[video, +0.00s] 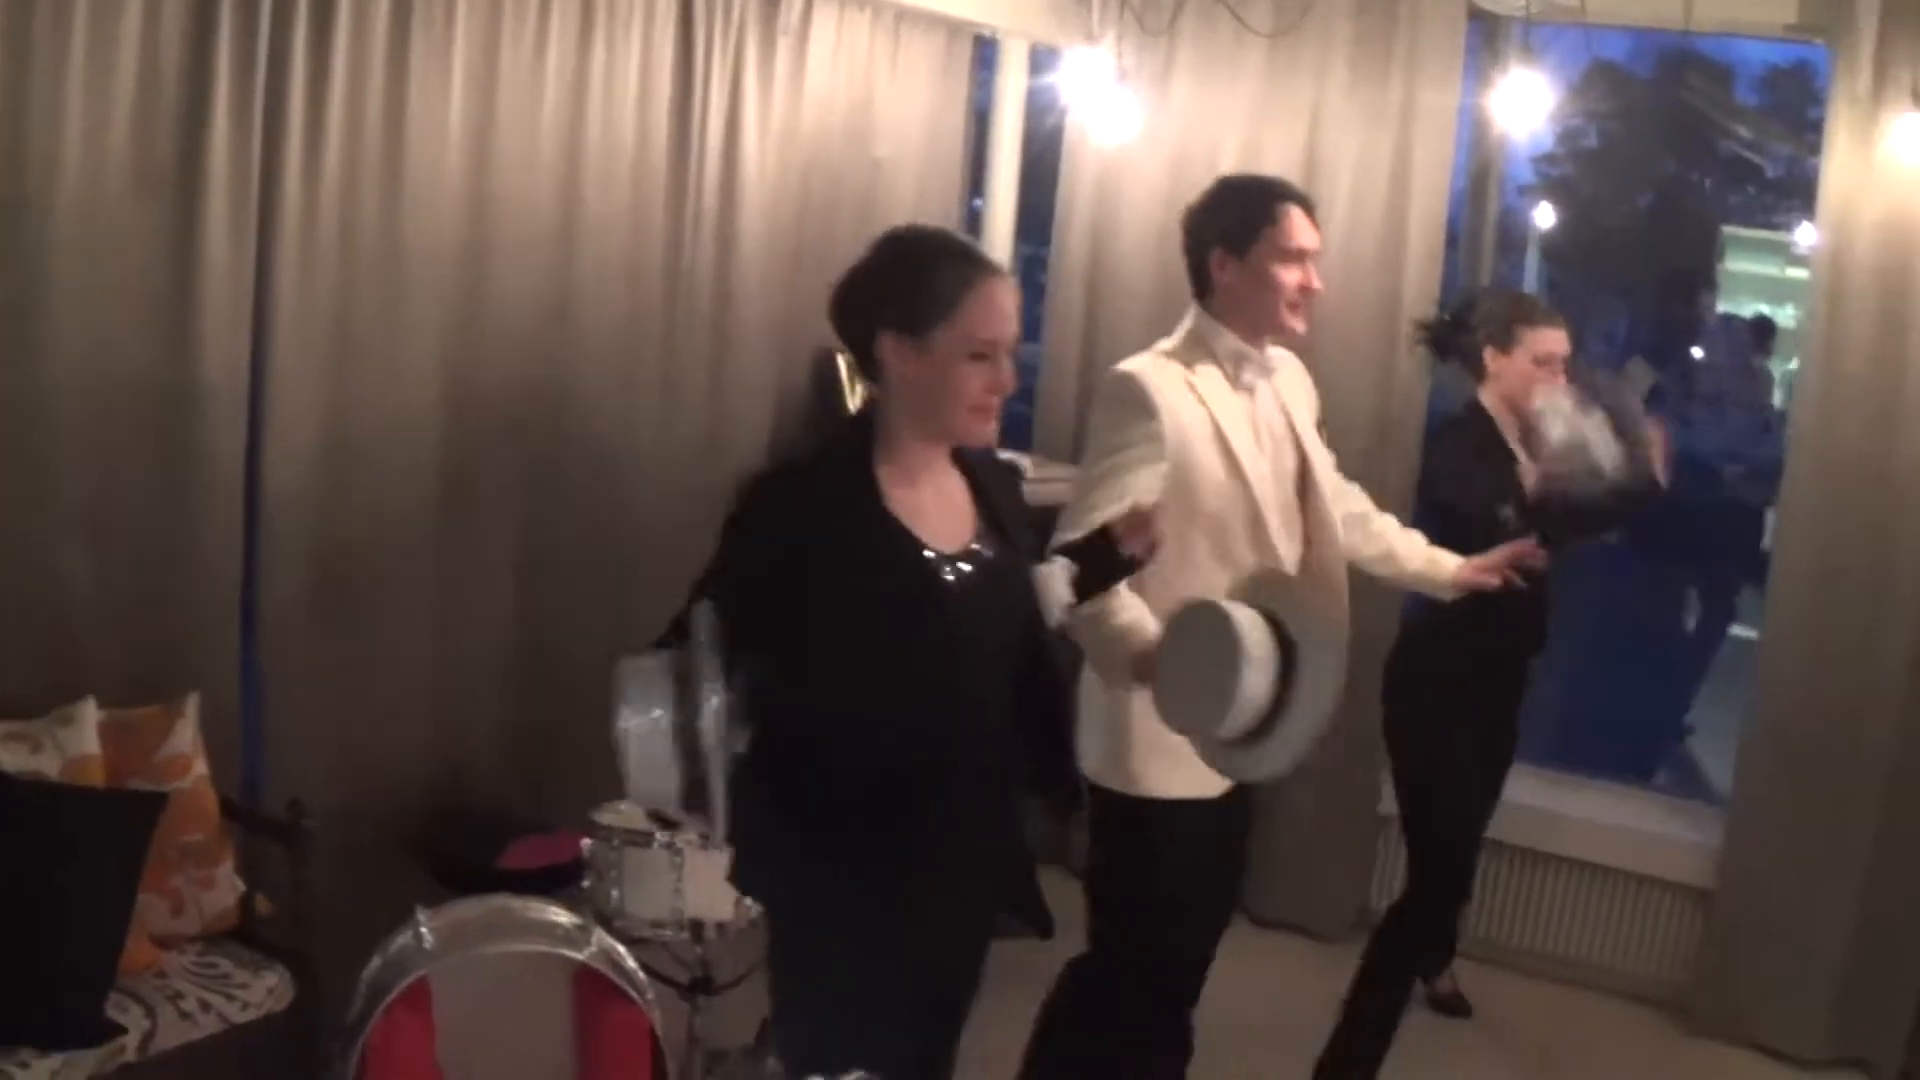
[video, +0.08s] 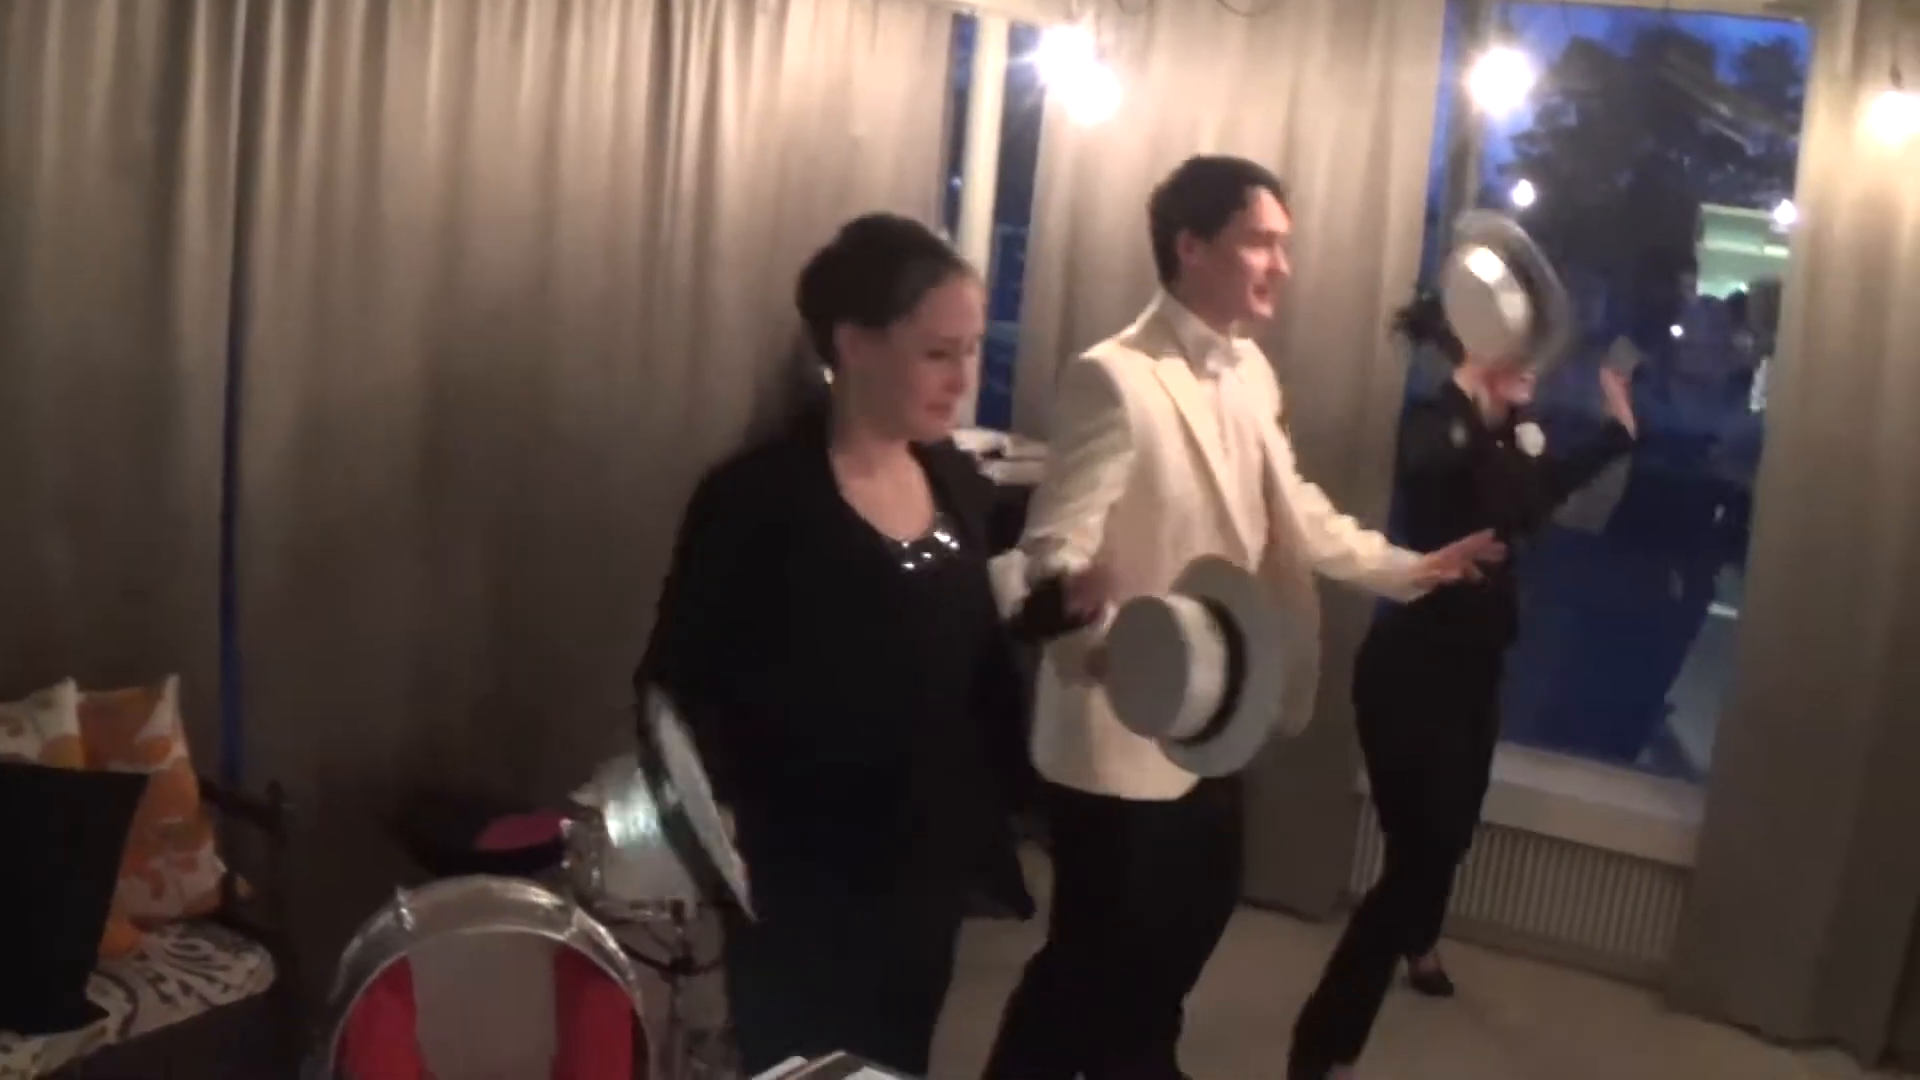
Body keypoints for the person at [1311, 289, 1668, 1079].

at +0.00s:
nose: (1559, 381)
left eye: (1563, 366)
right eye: (1545, 363)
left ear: (1549, 370)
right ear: (1493, 359)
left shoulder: (1530, 446)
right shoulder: (1460, 441)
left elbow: (1565, 514)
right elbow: (1506, 529)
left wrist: (1635, 476)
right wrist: (1641, 483)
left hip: (1496, 669)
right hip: (1437, 668)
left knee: (1458, 836)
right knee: (1434, 878)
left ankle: (1434, 960)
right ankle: (1347, 1060)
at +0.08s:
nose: (1524, 382)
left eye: (1527, 368)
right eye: (1511, 367)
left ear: (1519, 370)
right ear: (1470, 362)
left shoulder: (1498, 434)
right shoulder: (1431, 429)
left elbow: (1544, 490)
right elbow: (1508, 515)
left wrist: (1619, 432)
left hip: (1470, 658)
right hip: (1409, 657)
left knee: (1450, 825)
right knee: (1415, 853)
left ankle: (1422, 943)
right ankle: (1320, 1050)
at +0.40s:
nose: (1497, 331)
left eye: (1499, 314)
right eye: (1486, 313)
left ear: (1452, 315)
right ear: (1439, 311)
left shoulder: (1440, 391)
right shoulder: (1394, 383)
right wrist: (1422, 366)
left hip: (1394, 631)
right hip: (1350, 629)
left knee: (1478, 807)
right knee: (1359, 828)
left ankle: (1413, 1022)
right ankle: (1257, 1021)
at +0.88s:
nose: (1503, 306)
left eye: (1503, 290)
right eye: (1493, 289)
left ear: (1454, 286)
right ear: (1447, 280)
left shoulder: (1428, 359)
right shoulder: (1402, 350)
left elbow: (1407, 511)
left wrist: (1458, 583)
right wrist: (1412, 302)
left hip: (1397, 608)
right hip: (1353, 611)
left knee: (1479, 771)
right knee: (1362, 810)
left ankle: (1373, 934)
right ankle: (1258, 997)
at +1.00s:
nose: (1514, 282)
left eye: (1515, 268)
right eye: (1500, 267)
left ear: (1484, 280)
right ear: (1454, 273)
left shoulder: (1458, 365)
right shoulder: (1418, 329)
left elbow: (1428, 511)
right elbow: (1364, 324)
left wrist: (1494, 573)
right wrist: (1421, 248)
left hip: (1404, 586)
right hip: (1355, 583)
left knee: (1455, 759)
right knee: (1347, 795)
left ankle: (1348, 884)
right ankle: (1258, 991)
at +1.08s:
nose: (1506, 318)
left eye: (1513, 303)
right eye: (1504, 299)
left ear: (1465, 277)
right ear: (1466, 278)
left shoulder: (1445, 353)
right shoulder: (1412, 337)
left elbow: (1429, 514)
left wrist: (1506, 564)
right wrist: (1426, 300)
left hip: (1406, 588)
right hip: (1362, 586)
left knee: (1416, 767)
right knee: (1363, 787)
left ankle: (1336, 911)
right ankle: (1257, 990)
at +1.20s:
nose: (1507, 275)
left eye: (1507, 260)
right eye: (1490, 261)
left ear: (1475, 273)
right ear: (1439, 269)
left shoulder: (1469, 349)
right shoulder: (1409, 337)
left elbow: (1467, 474)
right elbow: (1385, 446)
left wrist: (1542, 496)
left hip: (1411, 589)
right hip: (1368, 590)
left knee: (1413, 777)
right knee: (1405, 783)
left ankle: (1327, 919)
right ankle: (1277, 950)